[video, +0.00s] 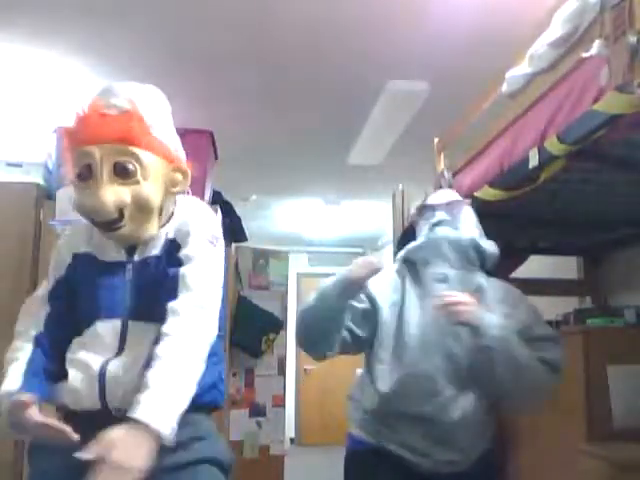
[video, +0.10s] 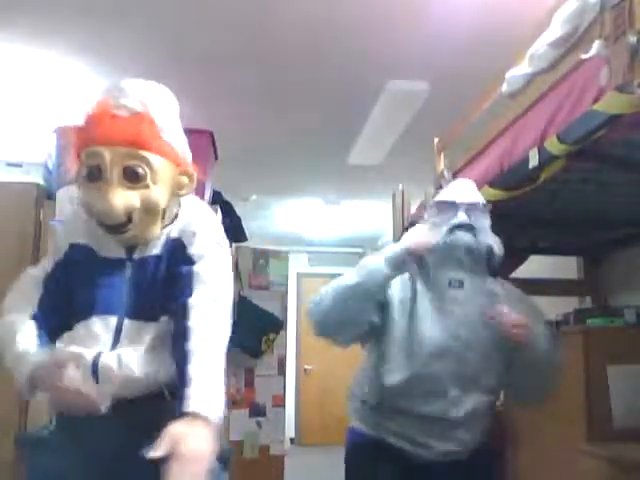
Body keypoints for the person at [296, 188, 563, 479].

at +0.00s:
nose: (444, 224)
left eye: (457, 215)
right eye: (434, 217)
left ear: (476, 231)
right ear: (417, 231)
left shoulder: (504, 298)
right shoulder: (388, 286)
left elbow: (538, 382)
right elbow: (314, 340)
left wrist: (484, 324)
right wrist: (346, 284)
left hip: (469, 459)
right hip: (383, 456)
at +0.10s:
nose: (461, 223)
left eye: (472, 216)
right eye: (447, 214)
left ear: (486, 227)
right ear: (426, 224)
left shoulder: (507, 299)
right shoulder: (395, 285)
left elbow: (533, 388)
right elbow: (326, 319)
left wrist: (528, 343)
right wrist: (399, 254)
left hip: (468, 457)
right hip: (383, 452)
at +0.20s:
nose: (464, 225)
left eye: (477, 216)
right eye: (452, 212)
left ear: (489, 228)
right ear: (425, 219)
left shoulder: (499, 294)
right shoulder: (399, 272)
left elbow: (528, 380)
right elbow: (342, 308)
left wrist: (530, 350)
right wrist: (415, 245)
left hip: (462, 448)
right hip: (381, 444)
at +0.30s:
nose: (461, 224)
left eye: (474, 215)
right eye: (450, 211)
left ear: (486, 225)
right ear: (419, 216)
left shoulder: (499, 294)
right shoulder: (386, 260)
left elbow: (509, 366)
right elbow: (358, 303)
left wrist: (527, 345)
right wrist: (428, 236)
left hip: (459, 446)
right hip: (378, 443)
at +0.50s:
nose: (438, 224)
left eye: (448, 213)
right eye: (423, 212)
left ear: (461, 221)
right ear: (392, 224)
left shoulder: (482, 280)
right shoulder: (368, 274)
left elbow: (514, 349)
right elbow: (336, 308)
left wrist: (531, 334)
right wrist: (403, 240)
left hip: (460, 450)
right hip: (375, 450)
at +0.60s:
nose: (403, 226)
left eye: (413, 215)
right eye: (391, 217)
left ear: (427, 219)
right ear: (372, 226)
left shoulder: (471, 280)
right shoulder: (360, 283)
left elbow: (543, 323)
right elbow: (317, 326)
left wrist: (515, 266)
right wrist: (367, 255)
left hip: (456, 457)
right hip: (373, 455)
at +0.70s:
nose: (390, 222)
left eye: (401, 211)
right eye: (379, 214)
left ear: (425, 224)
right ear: (363, 230)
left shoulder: (467, 273)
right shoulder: (354, 285)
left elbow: (543, 279)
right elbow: (299, 318)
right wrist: (348, 246)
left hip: (458, 457)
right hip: (372, 457)